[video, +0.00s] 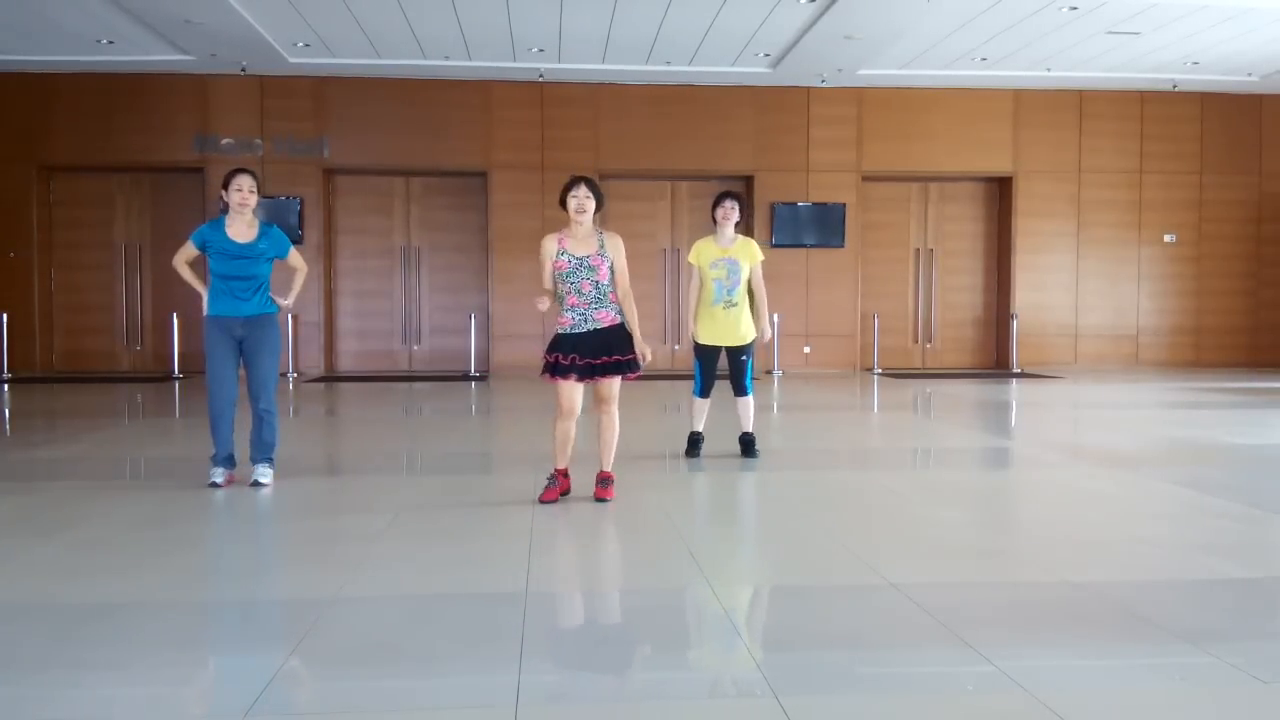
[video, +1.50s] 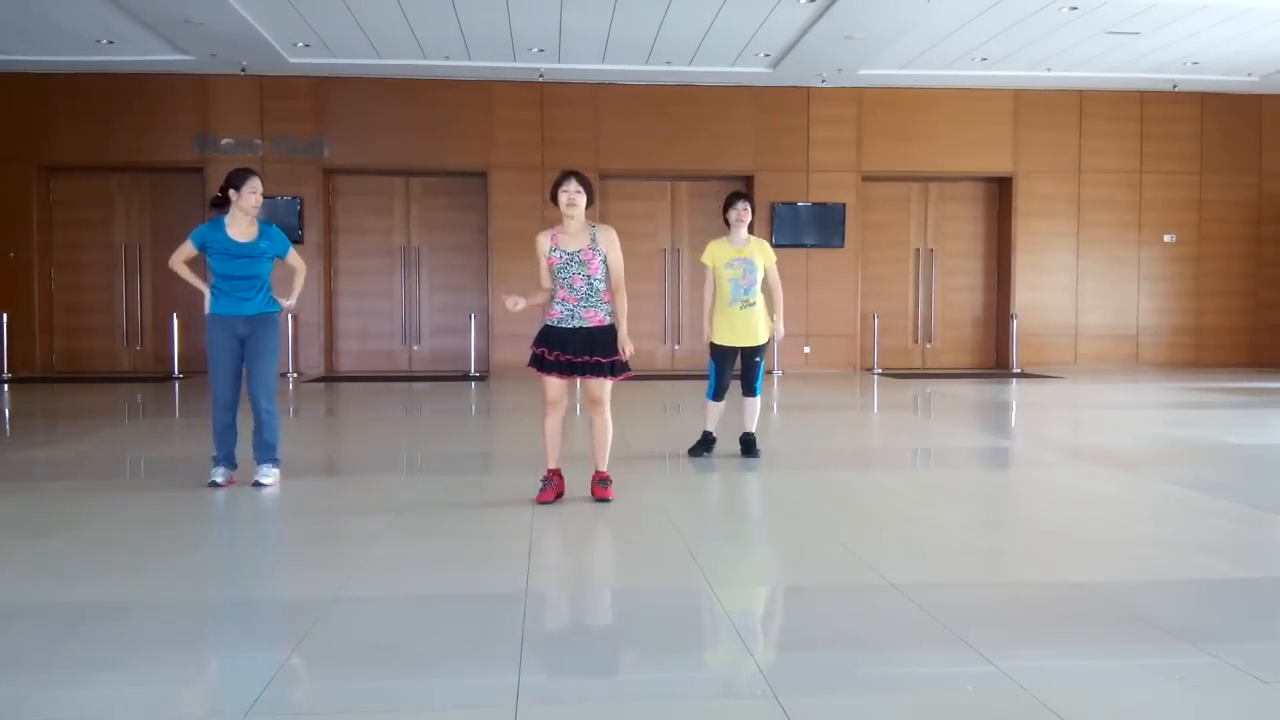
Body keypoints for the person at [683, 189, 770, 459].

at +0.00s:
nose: (727, 211)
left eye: (733, 208)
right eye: (723, 207)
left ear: (739, 215)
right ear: (714, 213)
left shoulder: (749, 246)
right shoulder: (701, 247)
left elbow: (758, 287)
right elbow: (694, 286)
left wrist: (764, 321)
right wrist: (689, 322)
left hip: (740, 328)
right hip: (706, 327)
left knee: (742, 386)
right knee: (702, 386)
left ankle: (747, 437)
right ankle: (696, 436)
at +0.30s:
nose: (715, 214)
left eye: (720, 211)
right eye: (710, 210)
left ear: (726, 217)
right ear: (701, 215)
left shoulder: (735, 249)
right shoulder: (687, 247)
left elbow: (742, 289)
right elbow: (678, 285)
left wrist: (745, 323)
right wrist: (671, 322)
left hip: (723, 327)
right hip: (690, 326)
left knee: (733, 385)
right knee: (693, 385)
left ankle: (745, 436)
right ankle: (694, 436)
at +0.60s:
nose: (712, 214)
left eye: (717, 210)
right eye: (707, 209)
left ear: (722, 215)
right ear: (697, 214)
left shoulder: (730, 248)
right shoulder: (683, 246)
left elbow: (736, 288)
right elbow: (674, 286)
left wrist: (739, 323)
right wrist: (669, 321)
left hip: (720, 327)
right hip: (687, 326)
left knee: (731, 384)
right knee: (692, 385)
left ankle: (743, 434)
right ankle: (694, 436)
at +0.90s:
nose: (718, 212)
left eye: (722, 208)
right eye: (712, 207)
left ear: (727, 214)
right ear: (702, 213)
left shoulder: (735, 247)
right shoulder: (688, 246)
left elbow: (741, 287)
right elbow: (679, 284)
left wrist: (744, 323)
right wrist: (676, 320)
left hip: (726, 327)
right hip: (694, 326)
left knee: (735, 385)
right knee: (695, 385)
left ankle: (745, 435)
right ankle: (694, 436)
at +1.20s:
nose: (731, 211)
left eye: (735, 207)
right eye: (725, 207)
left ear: (741, 213)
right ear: (715, 213)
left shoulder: (749, 247)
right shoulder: (703, 246)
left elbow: (760, 285)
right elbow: (695, 286)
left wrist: (761, 319)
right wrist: (690, 320)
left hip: (743, 327)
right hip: (710, 326)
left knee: (744, 385)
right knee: (705, 385)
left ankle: (748, 436)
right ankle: (696, 436)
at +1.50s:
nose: (741, 213)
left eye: (745, 209)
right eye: (735, 208)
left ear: (752, 215)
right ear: (726, 214)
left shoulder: (762, 248)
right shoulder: (715, 248)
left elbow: (775, 285)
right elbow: (708, 288)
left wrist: (778, 319)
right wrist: (706, 324)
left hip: (756, 328)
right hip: (724, 327)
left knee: (751, 386)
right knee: (718, 386)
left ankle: (749, 437)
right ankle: (708, 436)